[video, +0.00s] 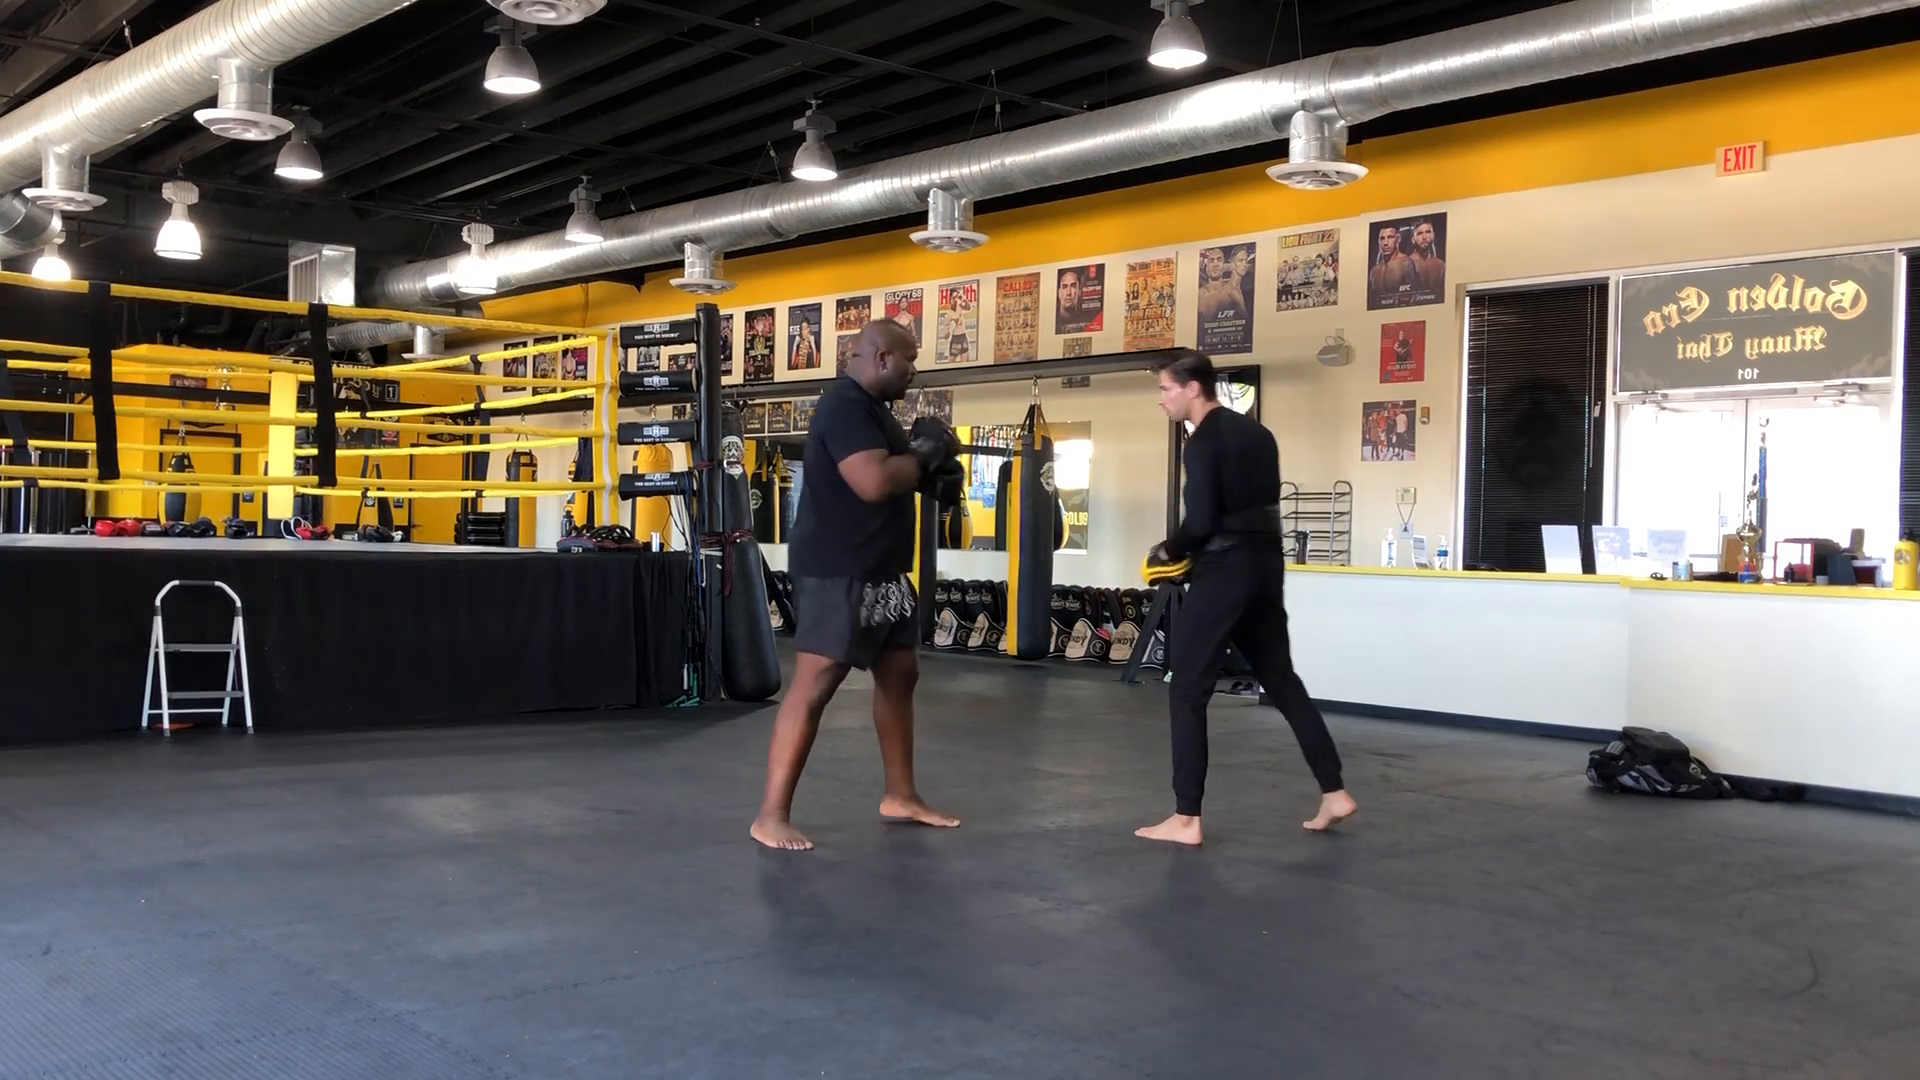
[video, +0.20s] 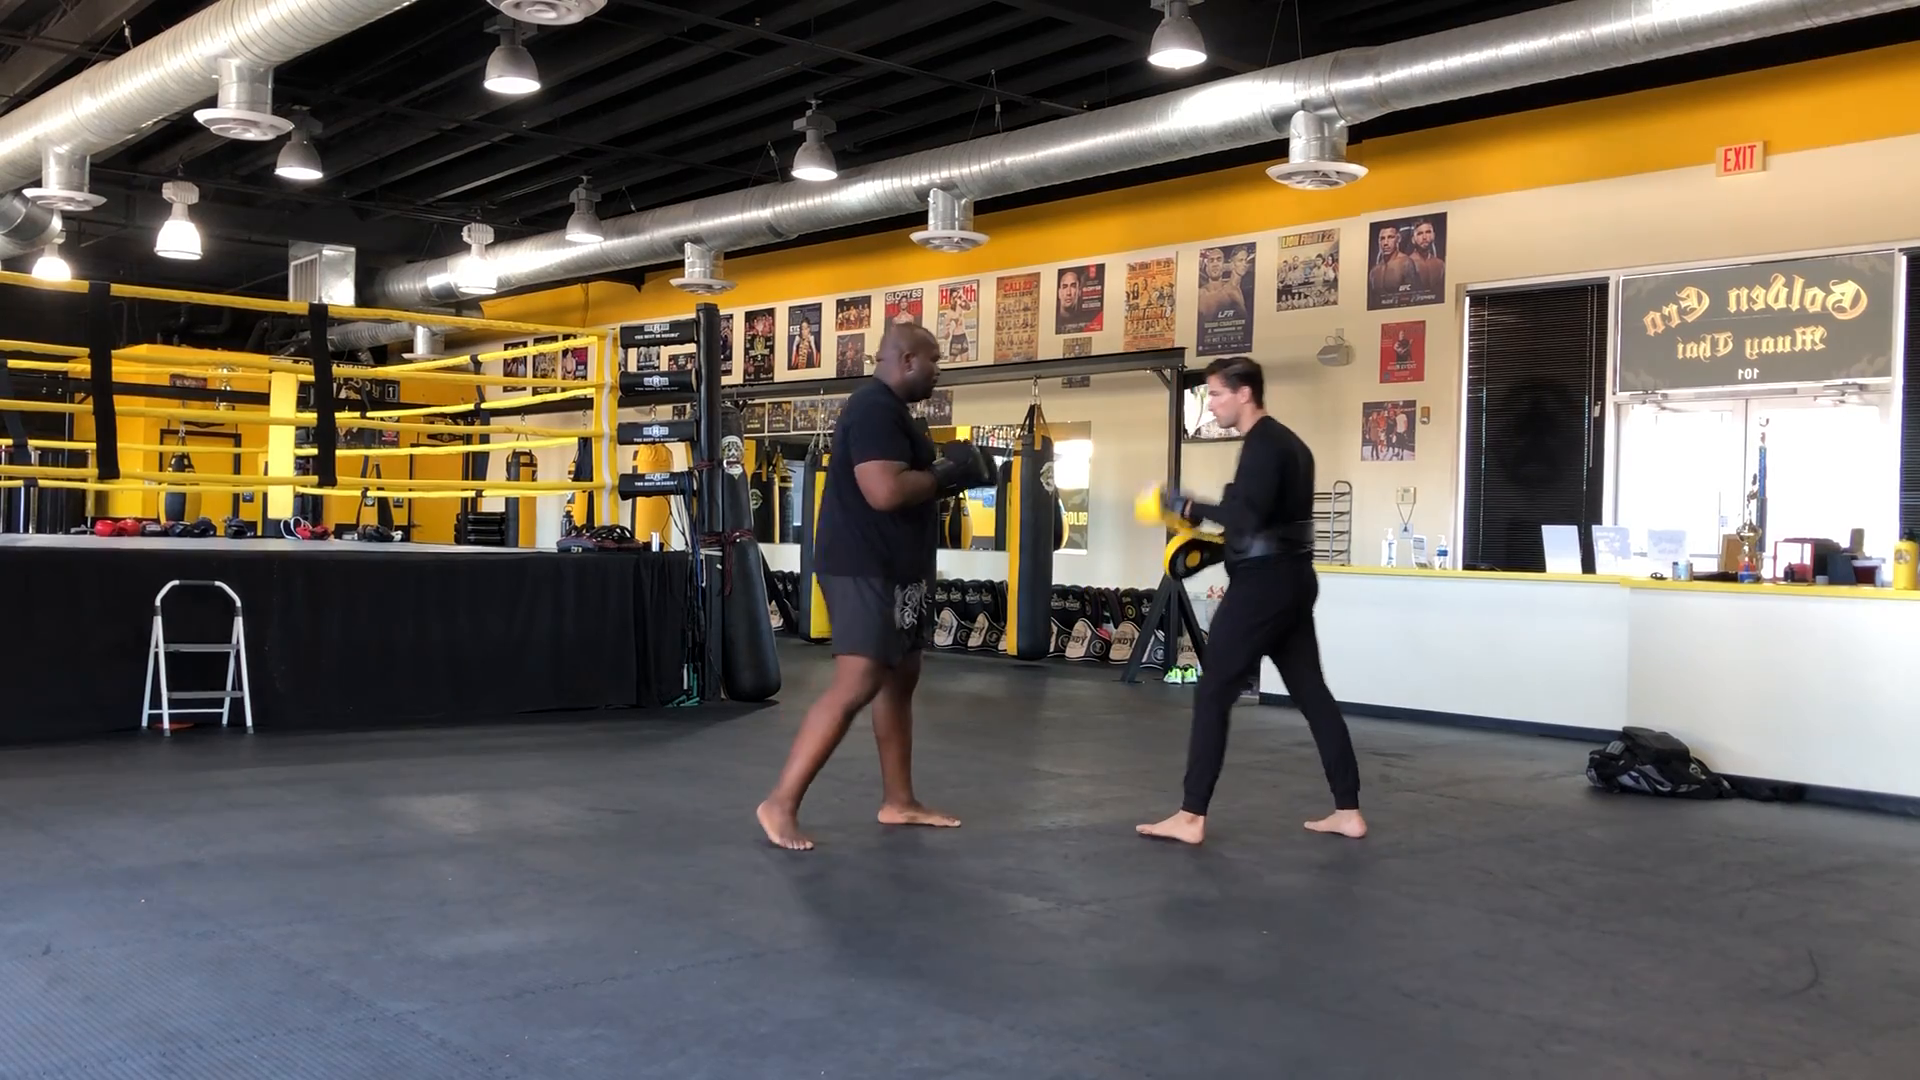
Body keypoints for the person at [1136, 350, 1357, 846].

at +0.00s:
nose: (1161, 401)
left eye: (1166, 390)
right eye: (1160, 391)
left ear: (1194, 388)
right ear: (1199, 390)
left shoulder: (1203, 440)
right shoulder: (1260, 433)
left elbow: (1200, 521)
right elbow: (1260, 509)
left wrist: (1169, 549)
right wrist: (1200, 545)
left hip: (1224, 568)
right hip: (1266, 566)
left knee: (1186, 688)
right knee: (1280, 680)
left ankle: (1186, 817)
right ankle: (1335, 792)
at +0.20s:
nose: (1211, 405)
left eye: (1216, 395)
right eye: (1210, 396)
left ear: (1246, 394)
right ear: (1248, 397)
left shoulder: (1262, 442)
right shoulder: (1291, 445)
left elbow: (1243, 516)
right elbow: (1273, 522)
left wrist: (1186, 506)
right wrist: (1201, 513)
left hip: (1260, 584)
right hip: (1293, 582)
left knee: (1212, 691)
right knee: (1312, 694)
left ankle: (1191, 815)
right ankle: (1348, 811)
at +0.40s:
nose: (1240, 395)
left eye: (1247, 386)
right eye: (1240, 387)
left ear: (1275, 387)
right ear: (1272, 389)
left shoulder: (1295, 429)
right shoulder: (1287, 438)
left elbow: (1267, 475)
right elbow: (1277, 525)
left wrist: (1224, 433)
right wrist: (1225, 520)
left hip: (1291, 576)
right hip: (1310, 576)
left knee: (1245, 690)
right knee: (1327, 694)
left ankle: (1237, 814)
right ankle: (1350, 812)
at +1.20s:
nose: (1265, 395)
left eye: (1270, 385)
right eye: (1263, 386)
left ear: (1297, 383)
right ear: (1303, 385)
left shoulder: (1304, 436)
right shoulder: (1349, 436)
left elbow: (1292, 508)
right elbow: (1327, 511)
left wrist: (1242, 513)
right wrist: (1262, 515)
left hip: (1308, 572)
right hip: (1347, 571)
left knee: (1282, 695)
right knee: (1353, 687)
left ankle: (1275, 816)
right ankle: (1410, 796)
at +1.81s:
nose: (1333, 394)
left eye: (1339, 385)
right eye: (1333, 385)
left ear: (1367, 385)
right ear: (1369, 387)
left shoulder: (1379, 433)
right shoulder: (1399, 437)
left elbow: (1356, 492)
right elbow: (1356, 509)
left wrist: (1307, 464)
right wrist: (1307, 490)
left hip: (1368, 579)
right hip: (1399, 578)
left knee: (1341, 698)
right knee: (1408, 698)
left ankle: (1355, 823)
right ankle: (1423, 816)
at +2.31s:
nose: (1317, 389)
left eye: (1324, 379)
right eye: (1318, 379)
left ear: (1350, 379)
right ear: (1359, 381)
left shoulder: (1348, 426)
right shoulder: (1402, 435)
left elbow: (1286, 455)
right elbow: (1349, 481)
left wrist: (1286, 395)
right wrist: (1299, 465)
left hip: (1344, 572)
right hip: (1389, 572)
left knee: (1342, 698)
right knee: (1394, 693)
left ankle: (1355, 822)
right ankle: (1421, 812)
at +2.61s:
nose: (1305, 383)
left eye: (1309, 373)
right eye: (1305, 373)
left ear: (1335, 374)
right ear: (1346, 375)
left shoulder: (1338, 427)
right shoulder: (1384, 430)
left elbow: (1277, 480)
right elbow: (1325, 477)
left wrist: (1228, 447)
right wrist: (1290, 425)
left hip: (1341, 569)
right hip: (1378, 566)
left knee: (1344, 696)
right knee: (1376, 690)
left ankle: (1355, 822)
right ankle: (1415, 804)